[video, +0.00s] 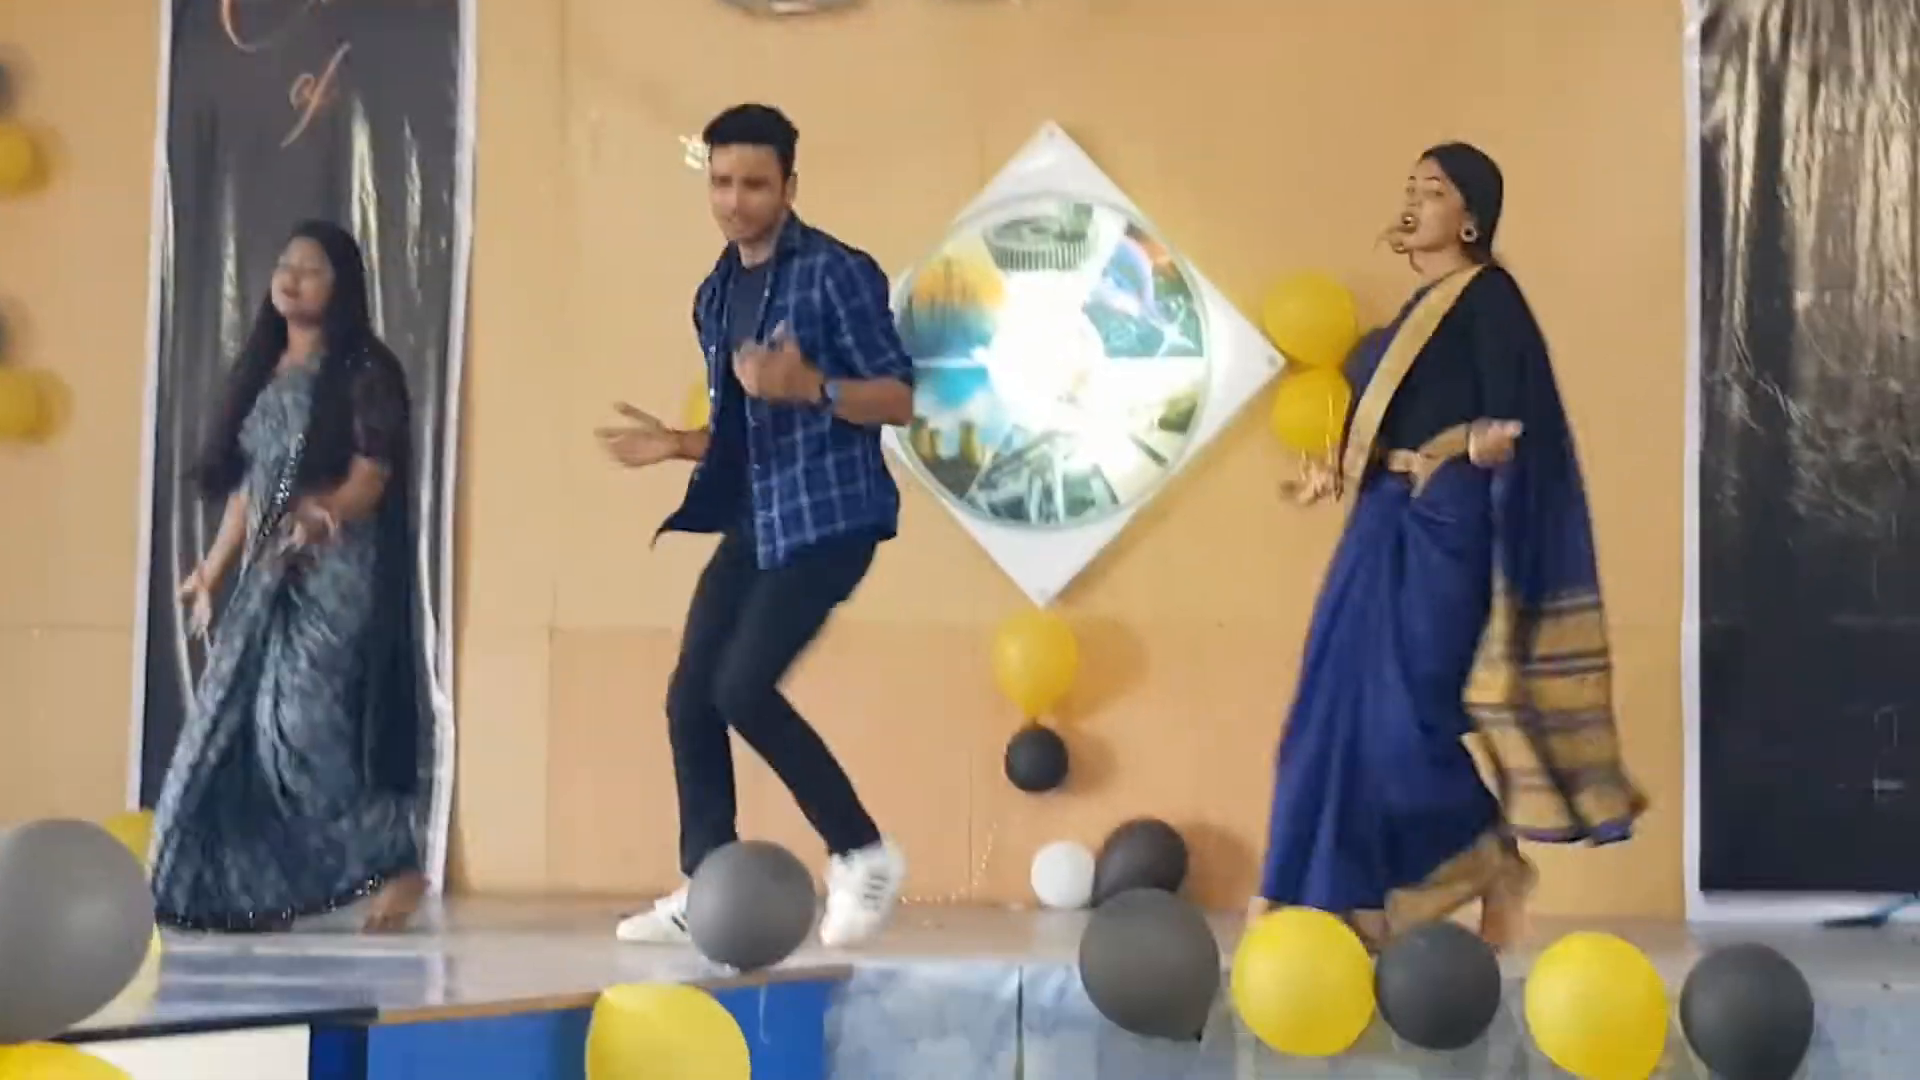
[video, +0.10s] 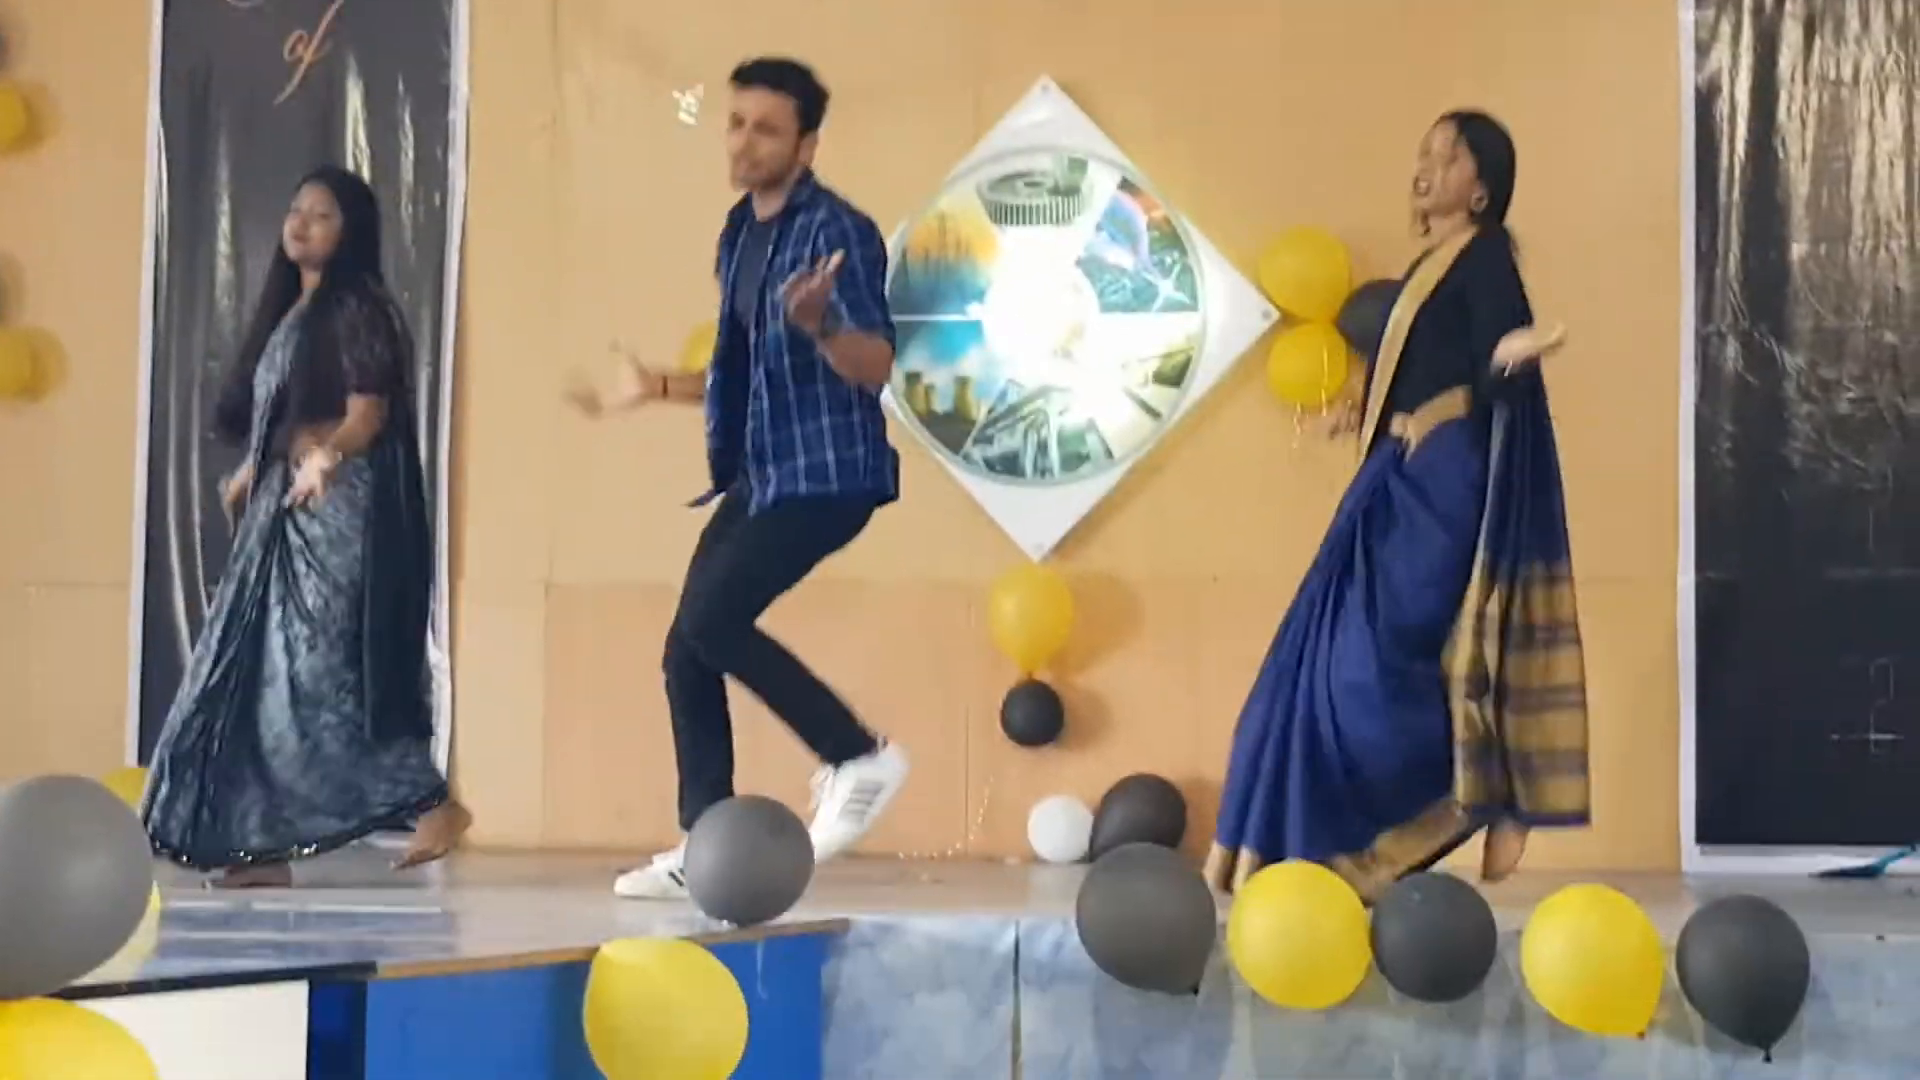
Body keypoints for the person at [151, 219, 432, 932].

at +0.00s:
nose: (293, 283)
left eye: (311, 272)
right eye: (285, 270)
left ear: (342, 285)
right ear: (272, 280)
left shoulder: (368, 368)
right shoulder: (262, 369)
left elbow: (375, 470)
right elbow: (249, 486)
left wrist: (332, 512)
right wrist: (212, 569)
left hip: (337, 566)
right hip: (264, 563)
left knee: (299, 716)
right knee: (231, 715)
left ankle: (391, 867)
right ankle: (255, 893)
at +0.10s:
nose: (299, 225)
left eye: (319, 216)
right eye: (295, 213)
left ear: (349, 232)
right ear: (285, 225)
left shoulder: (360, 306)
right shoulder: (287, 310)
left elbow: (372, 407)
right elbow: (285, 413)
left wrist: (329, 454)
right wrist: (253, 470)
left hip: (341, 509)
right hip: (283, 507)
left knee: (327, 671)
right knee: (257, 670)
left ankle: (431, 805)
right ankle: (263, 848)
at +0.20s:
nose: (317, 199)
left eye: (336, 190)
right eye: (316, 186)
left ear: (369, 204)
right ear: (311, 196)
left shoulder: (368, 275)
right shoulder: (305, 275)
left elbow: (370, 379)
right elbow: (270, 375)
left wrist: (324, 409)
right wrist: (295, 407)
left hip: (345, 474)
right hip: (288, 473)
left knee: (354, 636)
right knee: (265, 640)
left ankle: (455, 786)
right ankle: (260, 822)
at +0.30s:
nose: (337, 203)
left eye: (354, 195)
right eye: (339, 192)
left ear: (390, 209)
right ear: (344, 201)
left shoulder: (386, 281)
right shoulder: (341, 275)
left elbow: (375, 392)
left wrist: (328, 395)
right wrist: (305, 394)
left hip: (356, 472)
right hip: (316, 467)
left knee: (367, 641)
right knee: (273, 637)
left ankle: (459, 806)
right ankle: (252, 809)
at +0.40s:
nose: (365, 220)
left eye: (380, 211)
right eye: (366, 209)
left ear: (417, 223)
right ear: (378, 222)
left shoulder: (418, 300)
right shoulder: (385, 295)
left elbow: (387, 400)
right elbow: (370, 396)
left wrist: (328, 388)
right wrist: (335, 409)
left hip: (394, 492)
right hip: (365, 488)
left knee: (368, 654)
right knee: (344, 651)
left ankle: (459, 825)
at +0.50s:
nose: (396, 212)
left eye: (411, 203)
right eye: (399, 200)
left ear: (445, 217)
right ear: (434, 216)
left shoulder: (434, 285)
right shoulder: (447, 282)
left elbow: (410, 386)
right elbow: (441, 391)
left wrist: (352, 375)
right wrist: (379, 411)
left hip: (418, 485)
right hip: (430, 481)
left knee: (384, 644)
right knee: (400, 645)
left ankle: (449, 822)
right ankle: (433, 818)